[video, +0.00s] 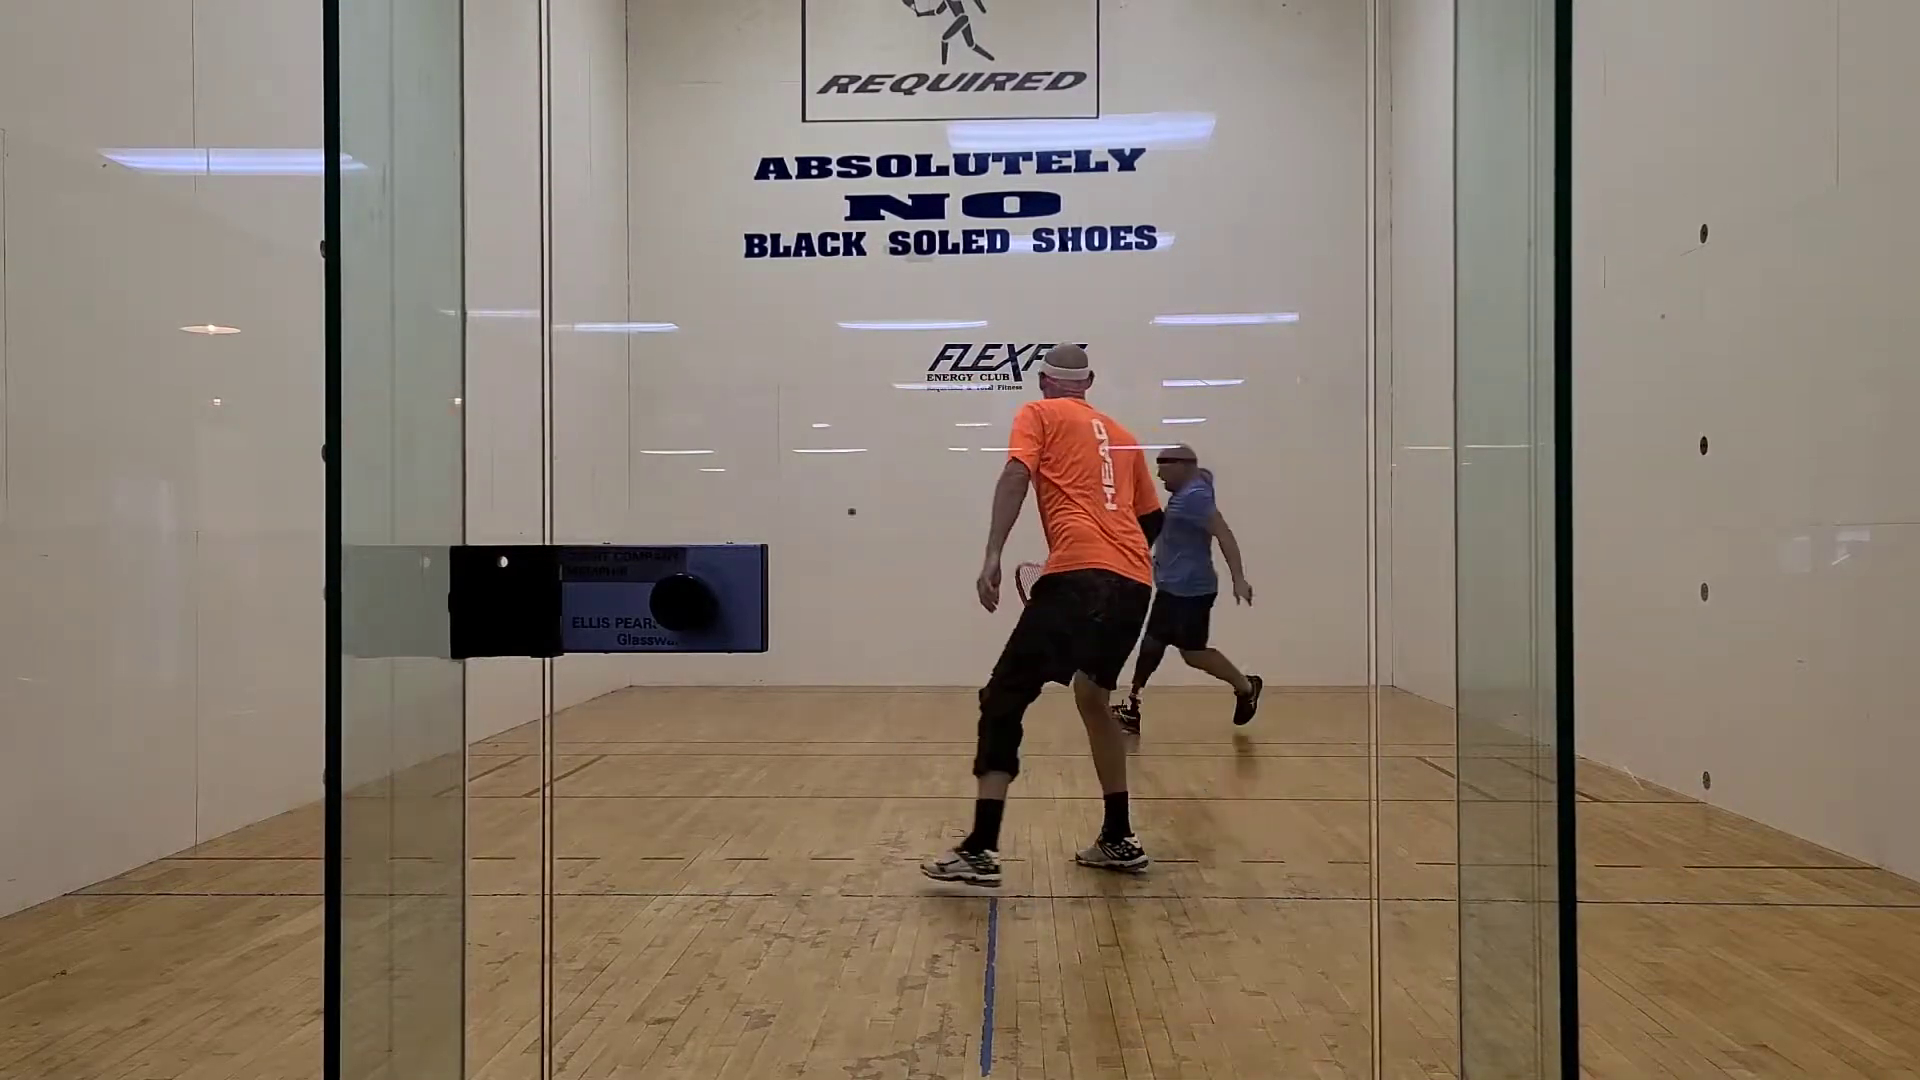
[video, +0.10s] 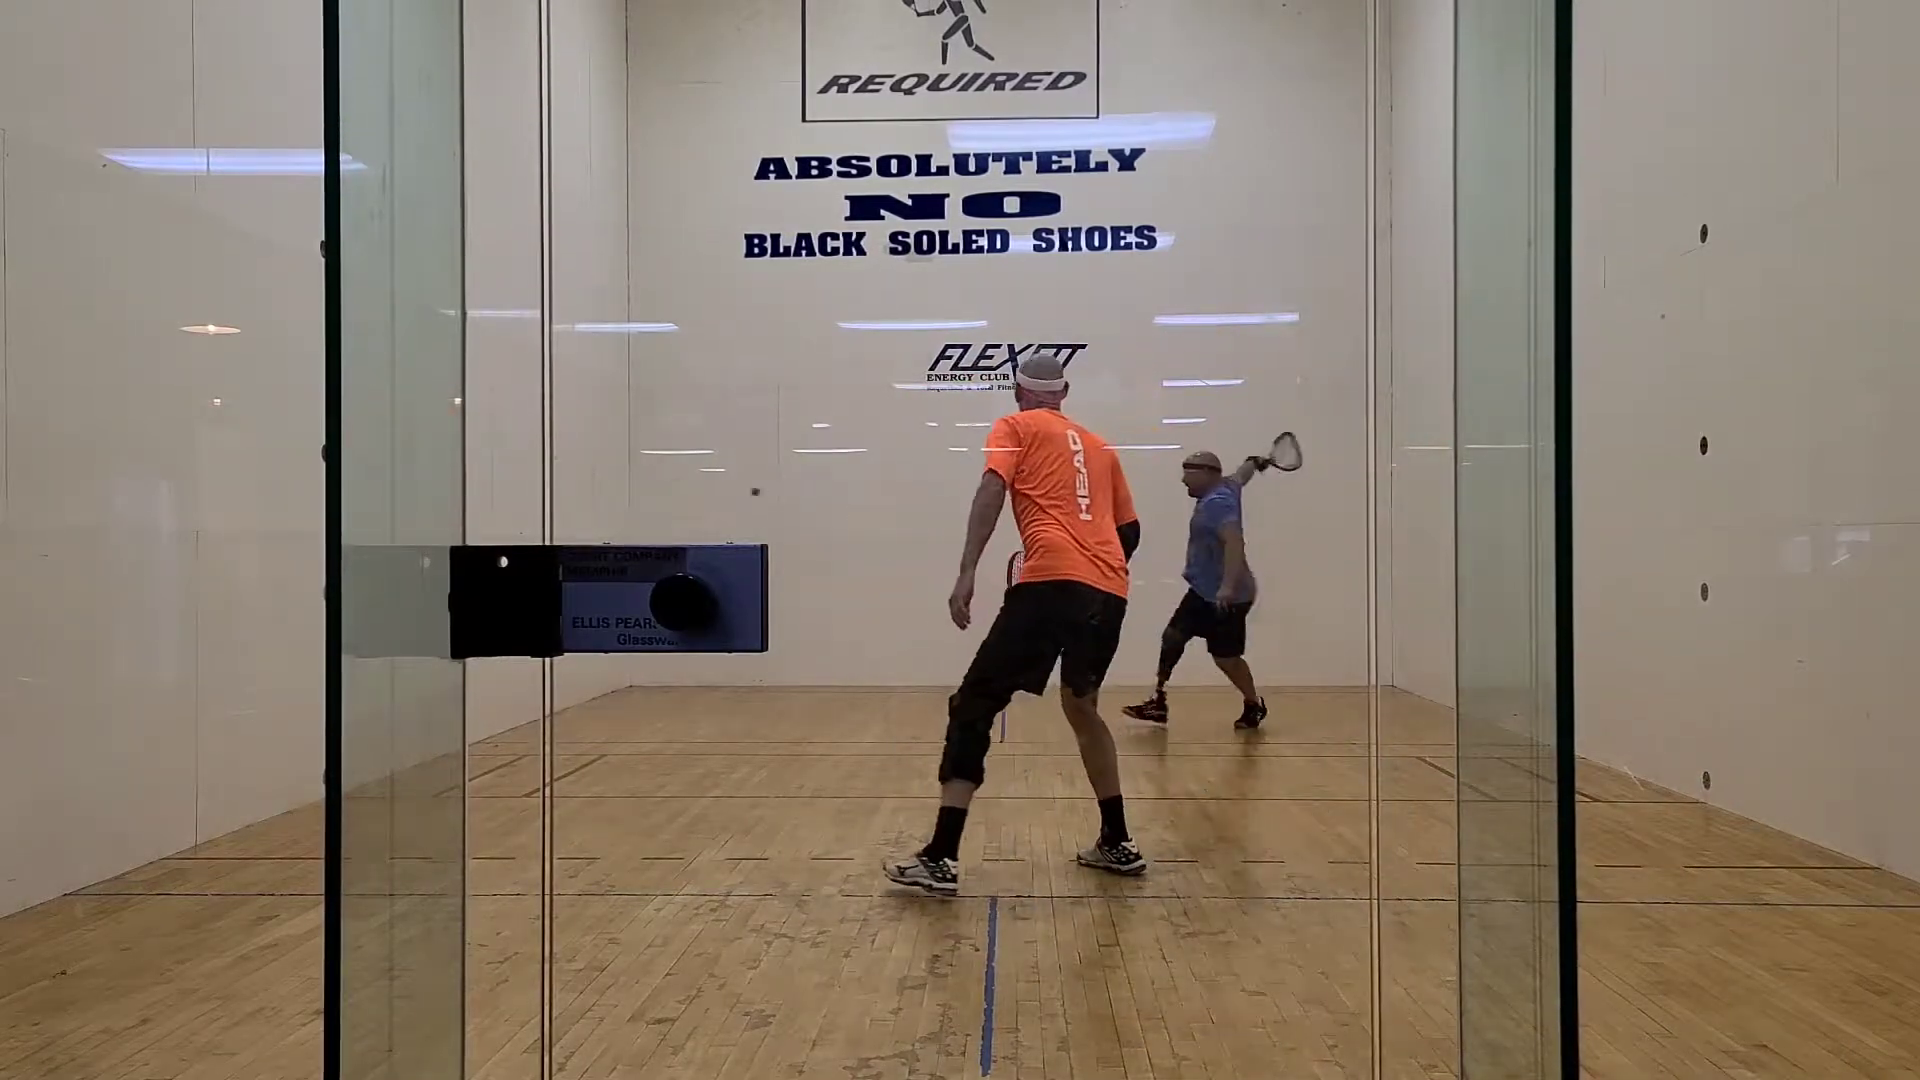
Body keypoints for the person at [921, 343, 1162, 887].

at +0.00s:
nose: (1042, 390)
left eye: (1042, 382)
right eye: (1048, 382)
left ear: (1044, 381)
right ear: (1088, 385)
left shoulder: (1039, 412)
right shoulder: (1123, 436)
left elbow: (1017, 474)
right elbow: (1152, 521)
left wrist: (992, 554)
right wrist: (1071, 561)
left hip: (1073, 578)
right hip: (1135, 586)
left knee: (1002, 701)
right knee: (1093, 694)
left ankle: (981, 849)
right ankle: (1120, 836)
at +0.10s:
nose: (1018, 402)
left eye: (1017, 394)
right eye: (1024, 393)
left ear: (1019, 392)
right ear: (1065, 395)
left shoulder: (1015, 425)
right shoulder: (1100, 446)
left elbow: (992, 489)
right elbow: (1129, 533)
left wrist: (966, 572)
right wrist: (1083, 577)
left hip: (1046, 585)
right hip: (1109, 594)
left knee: (973, 707)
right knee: (1082, 702)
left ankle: (942, 856)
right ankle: (1117, 840)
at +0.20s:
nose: (981, 404)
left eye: (982, 396)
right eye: (984, 395)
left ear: (988, 396)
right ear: (1029, 398)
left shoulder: (984, 434)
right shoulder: (1071, 453)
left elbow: (968, 504)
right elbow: (1103, 538)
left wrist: (940, 586)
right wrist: (1072, 594)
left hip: (1019, 599)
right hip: (1081, 606)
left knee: (936, 712)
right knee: (1062, 707)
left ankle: (926, 863)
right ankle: (1114, 839)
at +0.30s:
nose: (937, 406)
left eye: (937, 396)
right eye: (940, 396)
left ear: (944, 396)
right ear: (986, 397)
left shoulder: (948, 431)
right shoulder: (1030, 447)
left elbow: (946, 508)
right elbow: (1075, 522)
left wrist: (913, 578)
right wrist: (1049, 590)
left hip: (997, 595)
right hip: (1052, 602)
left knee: (918, 714)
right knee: (1005, 703)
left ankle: (921, 866)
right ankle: (1084, 820)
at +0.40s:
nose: (892, 410)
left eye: (892, 398)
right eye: (892, 399)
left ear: (904, 393)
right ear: (942, 393)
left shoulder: (920, 428)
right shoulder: (991, 436)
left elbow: (934, 508)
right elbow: (1043, 508)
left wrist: (889, 578)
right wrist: (1003, 572)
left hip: (992, 591)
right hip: (1036, 593)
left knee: (913, 709)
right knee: (949, 699)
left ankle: (918, 863)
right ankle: (1004, 825)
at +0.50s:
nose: (852, 422)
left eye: (855, 411)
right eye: (852, 412)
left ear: (880, 407)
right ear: (900, 407)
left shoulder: (904, 438)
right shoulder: (945, 441)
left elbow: (922, 523)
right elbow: (1010, 510)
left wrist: (876, 592)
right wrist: (952, 581)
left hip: (1002, 595)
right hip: (1021, 594)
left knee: (906, 704)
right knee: (910, 703)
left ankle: (918, 864)